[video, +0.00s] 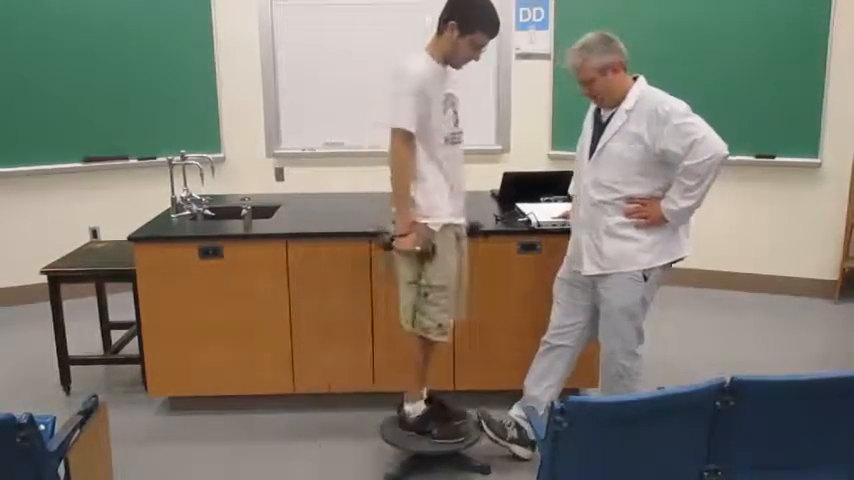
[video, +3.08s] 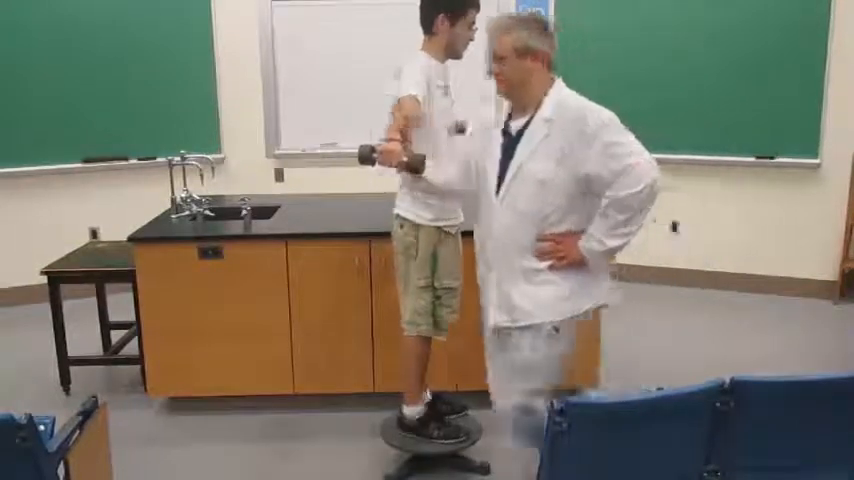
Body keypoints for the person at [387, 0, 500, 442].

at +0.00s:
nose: (477, 57)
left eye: (481, 49)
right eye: (475, 47)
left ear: (458, 35)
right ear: (450, 30)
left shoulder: (442, 77)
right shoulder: (416, 75)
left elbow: (440, 152)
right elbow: (401, 147)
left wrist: (454, 216)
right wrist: (403, 220)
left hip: (448, 219)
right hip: (426, 220)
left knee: (437, 319)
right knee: (427, 320)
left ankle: (421, 399)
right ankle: (413, 407)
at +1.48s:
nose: (472, 32)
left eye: (473, 23)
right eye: (470, 22)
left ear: (441, 21)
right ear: (453, 20)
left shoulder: (435, 68)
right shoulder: (426, 68)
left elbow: (429, 131)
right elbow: (420, 127)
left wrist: (449, 185)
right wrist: (440, 184)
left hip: (435, 216)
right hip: (423, 217)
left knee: (431, 314)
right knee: (421, 316)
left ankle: (423, 398)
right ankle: (414, 411)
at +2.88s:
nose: (474, 35)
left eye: (475, 26)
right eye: (470, 25)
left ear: (446, 25)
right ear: (445, 23)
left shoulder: (438, 72)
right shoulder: (423, 68)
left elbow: (442, 141)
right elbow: (418, 111)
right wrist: (419, 136)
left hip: (439, 215)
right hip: (422, 215)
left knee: (432, 314)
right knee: (422, 316)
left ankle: (421, 399)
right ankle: (414, 411)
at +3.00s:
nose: (473, 35)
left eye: (474, 26)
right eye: (470, 26)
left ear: (444, 25)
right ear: (443, 24)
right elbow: (408, 106)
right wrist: (402, 134)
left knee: (432, 314)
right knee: (420, 316)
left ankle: (422, 399)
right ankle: (412, 411)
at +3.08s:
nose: (473, 35)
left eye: (474, 26)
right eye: (470, 26)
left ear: (444, 25)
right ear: (443, 24)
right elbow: (408, 106)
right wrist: (402, 134)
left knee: (432, 314)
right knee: (420, 316)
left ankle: (422, 399)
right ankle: (412, 411)